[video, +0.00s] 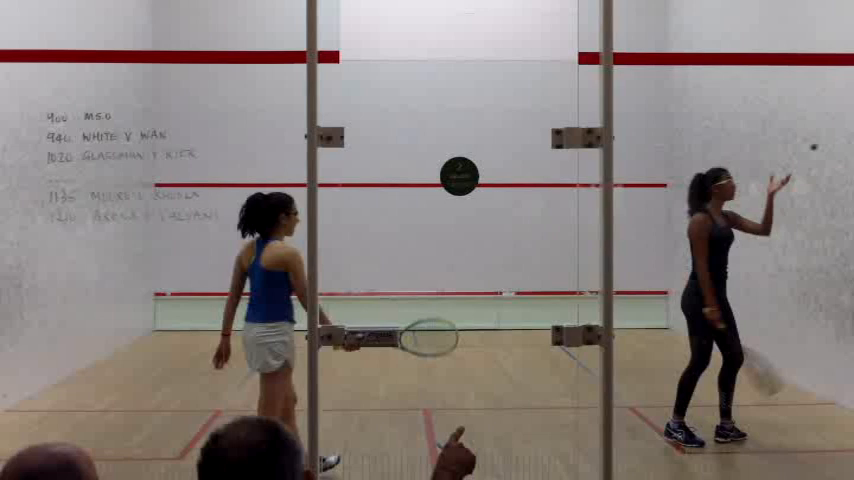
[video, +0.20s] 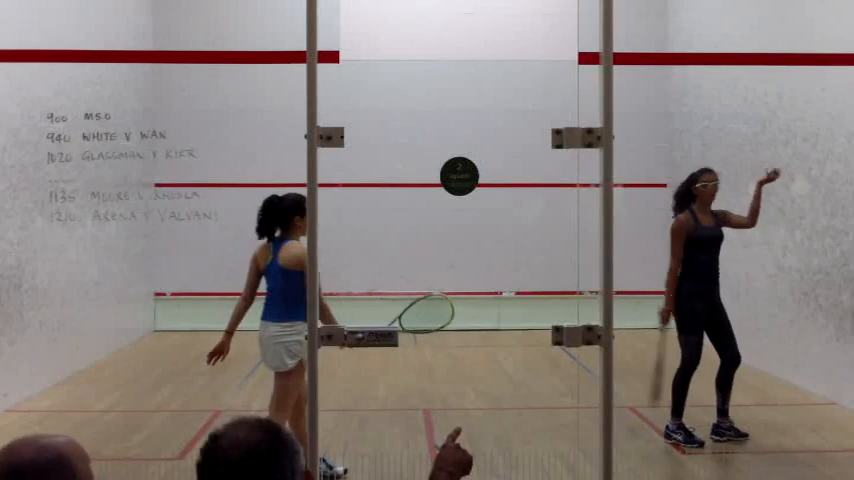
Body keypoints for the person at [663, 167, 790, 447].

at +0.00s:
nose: (734, 183)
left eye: (732, 179)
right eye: (729, 180)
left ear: (719, 189)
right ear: (716, 188)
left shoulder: (726, 217)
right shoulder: (700, 222)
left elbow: (764, 229)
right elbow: (701, 267)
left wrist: (770, 196)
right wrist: (710, 304)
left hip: (718, 296)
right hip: (698, 297)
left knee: (734, 357)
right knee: (700, 359)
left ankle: (725, 424)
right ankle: (676, 423)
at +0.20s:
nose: (715, 187)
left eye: (716, 183)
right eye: (709, 183)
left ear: (715, 188)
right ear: (696, 188)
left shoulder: (718, 217)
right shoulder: (683, 222)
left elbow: (750, 221)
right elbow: (675, 265)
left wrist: (759, 186)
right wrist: (668, 303)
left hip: (710, 300)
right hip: (687, 300)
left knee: (731, 358)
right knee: (690, 359)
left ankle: (723, 423)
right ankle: (674, 425)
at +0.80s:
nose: (665, 190)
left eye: (671, 186)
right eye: (661, 186)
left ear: (681, 192)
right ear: (655, 191)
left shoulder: (687, 220)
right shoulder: (646, 223)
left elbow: (704, 257)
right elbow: (633, 264)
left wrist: (686, 257)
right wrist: (621, 300)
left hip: (675, 296)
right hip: (651, 296)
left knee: (682, 361)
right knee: (667, 360)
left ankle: (645, 399)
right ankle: (672, 424)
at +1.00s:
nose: (652, 191)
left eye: (658, 188)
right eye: (648, 188)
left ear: (668, 193)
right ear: (642, 193)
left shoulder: (671, 223)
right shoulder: (635, 224)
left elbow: (685, 257)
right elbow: (623, 265)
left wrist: (676, 259)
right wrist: (624, 302)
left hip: (660, 294)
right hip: (638, 295)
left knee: (651, 357)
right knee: (654, 357)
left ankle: (621, 408)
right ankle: (670, 424)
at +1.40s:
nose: (634, 192)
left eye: (639, 188)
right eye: (630, 188)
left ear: (646, 194)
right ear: (623, 192)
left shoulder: (639, 222)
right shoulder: (614, 218)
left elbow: (633, 256)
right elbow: (593, 253)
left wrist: (648, 272)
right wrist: (613, 281)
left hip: (626, 291)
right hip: (607, 292)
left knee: (628, 351)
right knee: (627, 351)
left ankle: (620, 412)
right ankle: (618, 413)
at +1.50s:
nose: (626, 192)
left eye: (631, 188)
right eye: (622, 187)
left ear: (638, 194)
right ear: (613, 191)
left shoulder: (631, 222)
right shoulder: (603, 219)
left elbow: (627, 257)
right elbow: (584, 252)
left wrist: (645, 276)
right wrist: (608, 279)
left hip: (621, 293)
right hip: (601, 293)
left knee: (622, 351)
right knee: (613, 351)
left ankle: (615, 411)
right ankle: (594, 411)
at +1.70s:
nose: (609, 198)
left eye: (614, 192)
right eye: (605, 192)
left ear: (619, 196)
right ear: (596, 194)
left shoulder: (614, 223)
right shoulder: (586, 220)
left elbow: (614, 260)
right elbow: (565, 255)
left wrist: (636, 278)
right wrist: (589, 281)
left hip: (609, 294)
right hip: (586, 294)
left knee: (616, 354)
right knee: (585, 354)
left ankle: (615, 412)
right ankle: (549, 405)